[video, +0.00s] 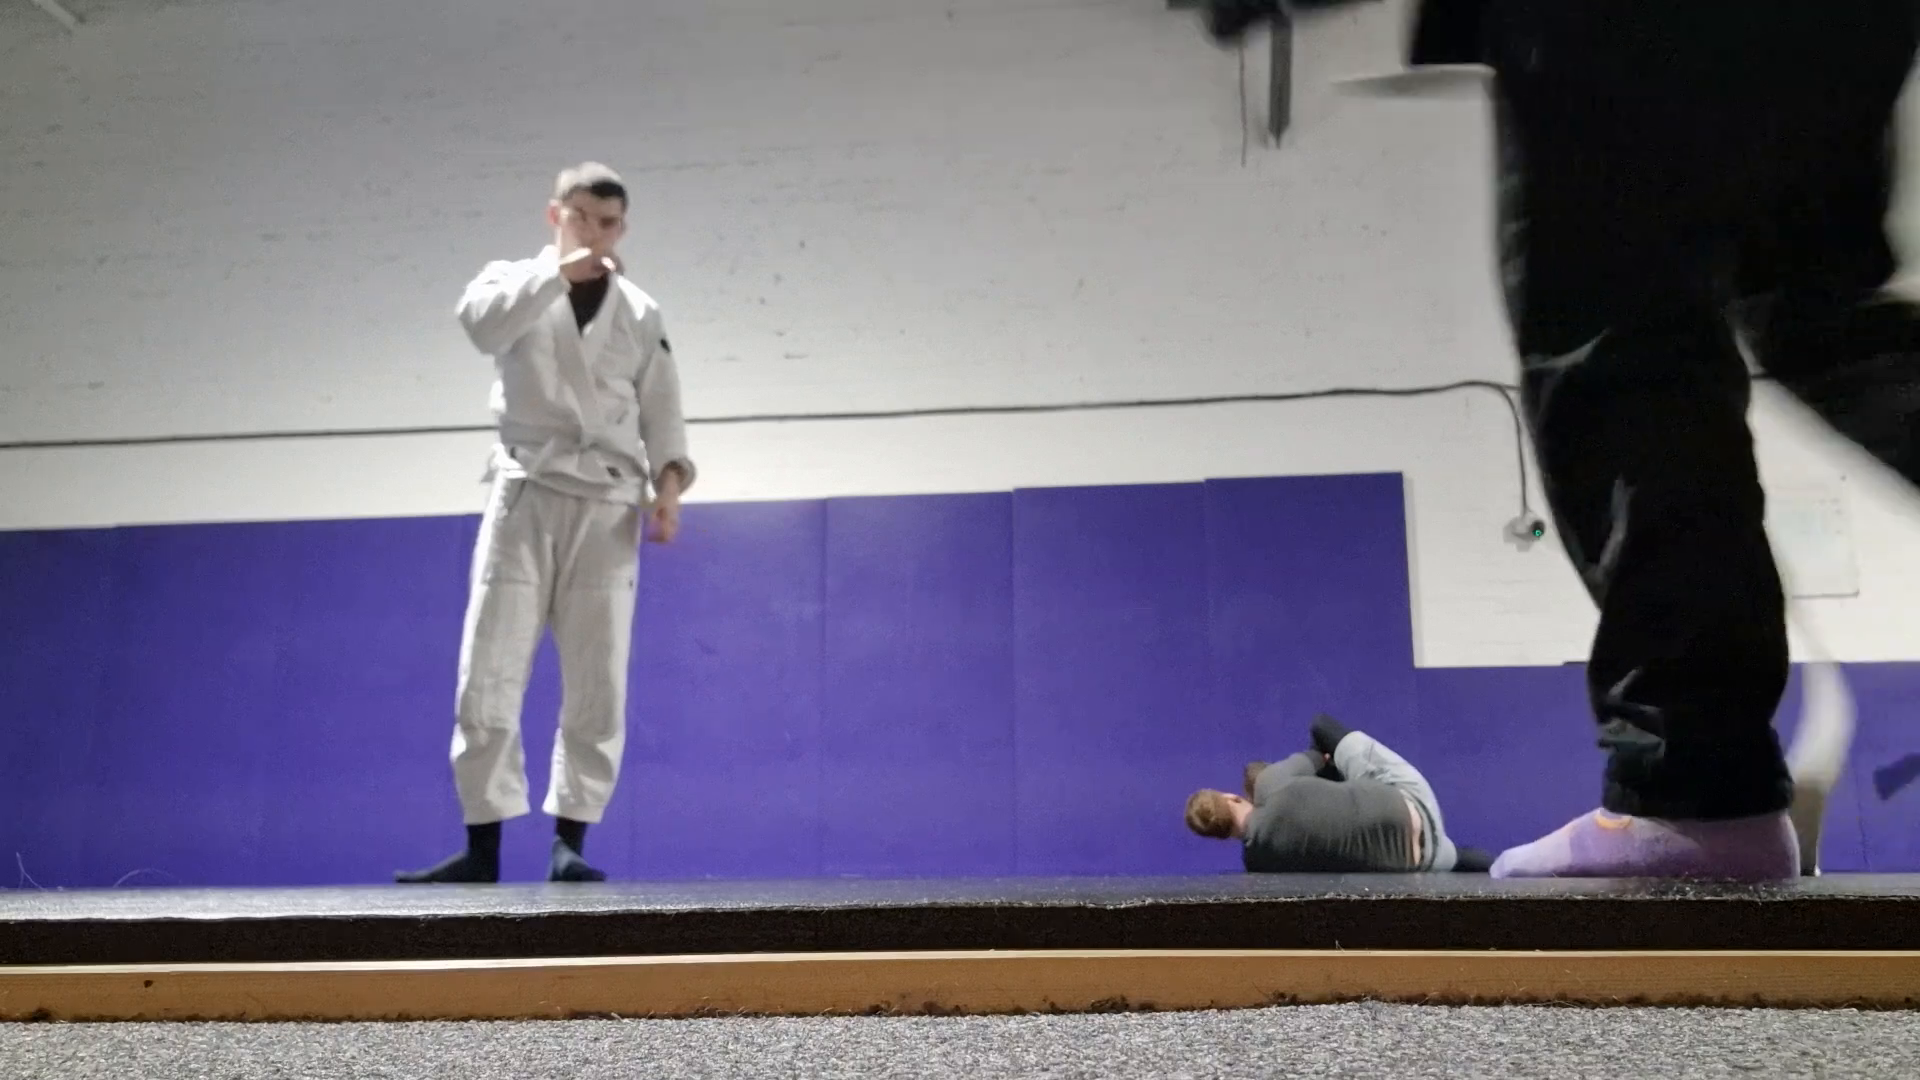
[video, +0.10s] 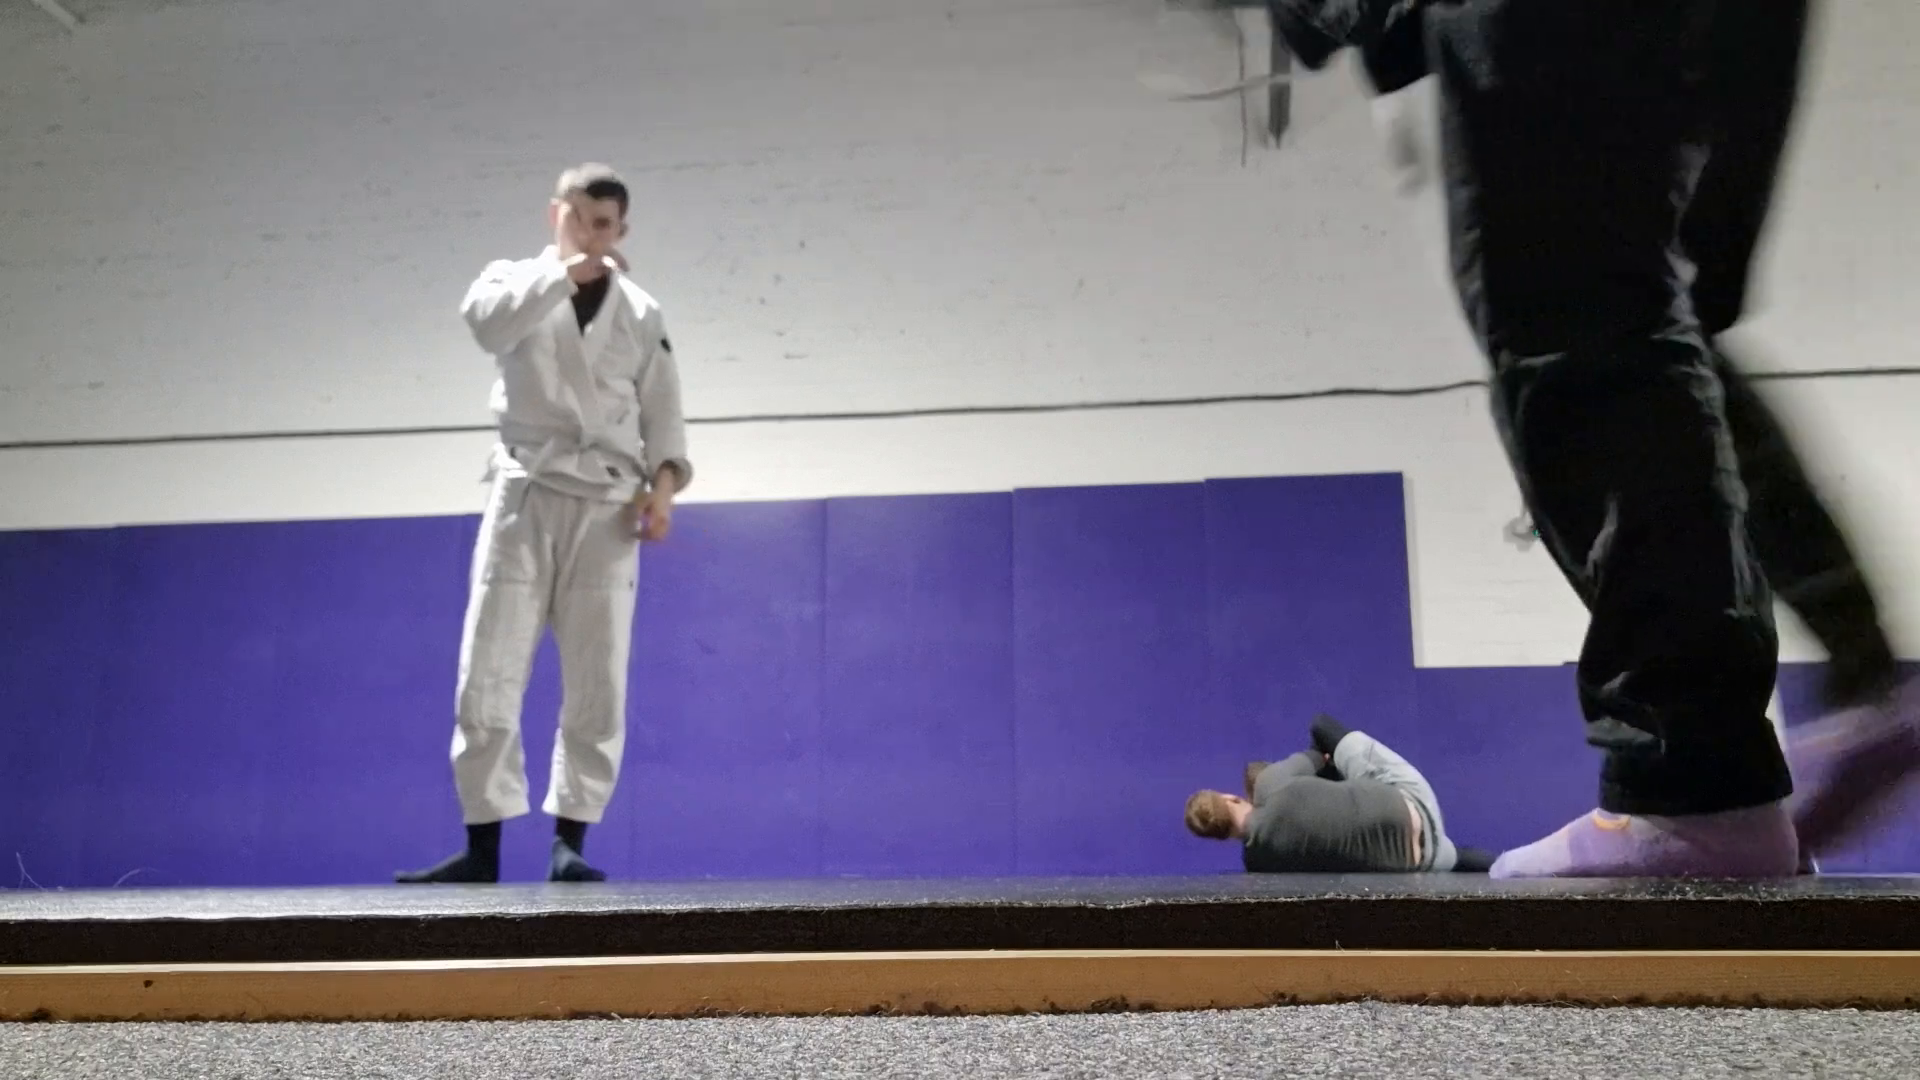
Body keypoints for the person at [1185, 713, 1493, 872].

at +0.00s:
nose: (1230, 791)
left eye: (1226, 792)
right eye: (1227, 792)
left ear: (1216, 838)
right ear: (1231, 797)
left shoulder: (1257, 862)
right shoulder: (1274, 783)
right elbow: (1320, 759)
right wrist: (1264, 775)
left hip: (1423, 862)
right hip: (1416, 808)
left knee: (1459, 855)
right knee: (1323, 727)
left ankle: (1513, 866)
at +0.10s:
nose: (1230, 793)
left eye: (1225, 793)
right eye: (1227, 793)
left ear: (1216, 840)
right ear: (1230, 797)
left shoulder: (1258, 864)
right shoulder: (1274, 782)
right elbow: (1321, 758)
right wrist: (1265, 775)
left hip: (1423, 863)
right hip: (1416, 808)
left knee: (1458, 856)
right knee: (1324, 727)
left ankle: (1514, 866)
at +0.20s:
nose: (1232, 795)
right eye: (1228, 795)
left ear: (1217, 841)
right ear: (1231, 798)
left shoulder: (1258, 864)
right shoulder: (1271, 781)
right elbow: (1317, 757)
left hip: (1422, 865)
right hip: (1415, 810)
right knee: (1342, 740)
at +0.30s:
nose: (1227, 795)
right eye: (1225, 797)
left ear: (1217, 841)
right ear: (1227, 798)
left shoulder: (1258, 865)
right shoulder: (1269, 785)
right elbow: (1317, 758)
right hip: (1386, 806)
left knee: (1458, 863)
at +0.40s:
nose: (1228, 795)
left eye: (1220, 825)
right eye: (1224, 795)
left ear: (1221, 836)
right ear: (1230, 795)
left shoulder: (1254, 854)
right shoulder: (1274, 773)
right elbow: (1327, 760)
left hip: (1416, 857)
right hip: (1410, 805)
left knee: (1452, 856)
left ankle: (1512, 869)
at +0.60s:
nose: (1229, 806)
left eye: (1218, 813)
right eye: (1224, 805)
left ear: (1217, 840)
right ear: (1229, 797)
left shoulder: (1261, 856)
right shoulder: (1276, 778)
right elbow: (1331, 764)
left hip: (1405, 861)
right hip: (1412, 809)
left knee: (1451, 859)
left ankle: (1506, 867)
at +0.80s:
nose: (1212, 815)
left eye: (1206, 811)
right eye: (1208, 819)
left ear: (1220, 800)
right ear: (1220, 821)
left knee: (1445, 855)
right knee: (1441, 848)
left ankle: (1503, 864)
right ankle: (1498, 862)